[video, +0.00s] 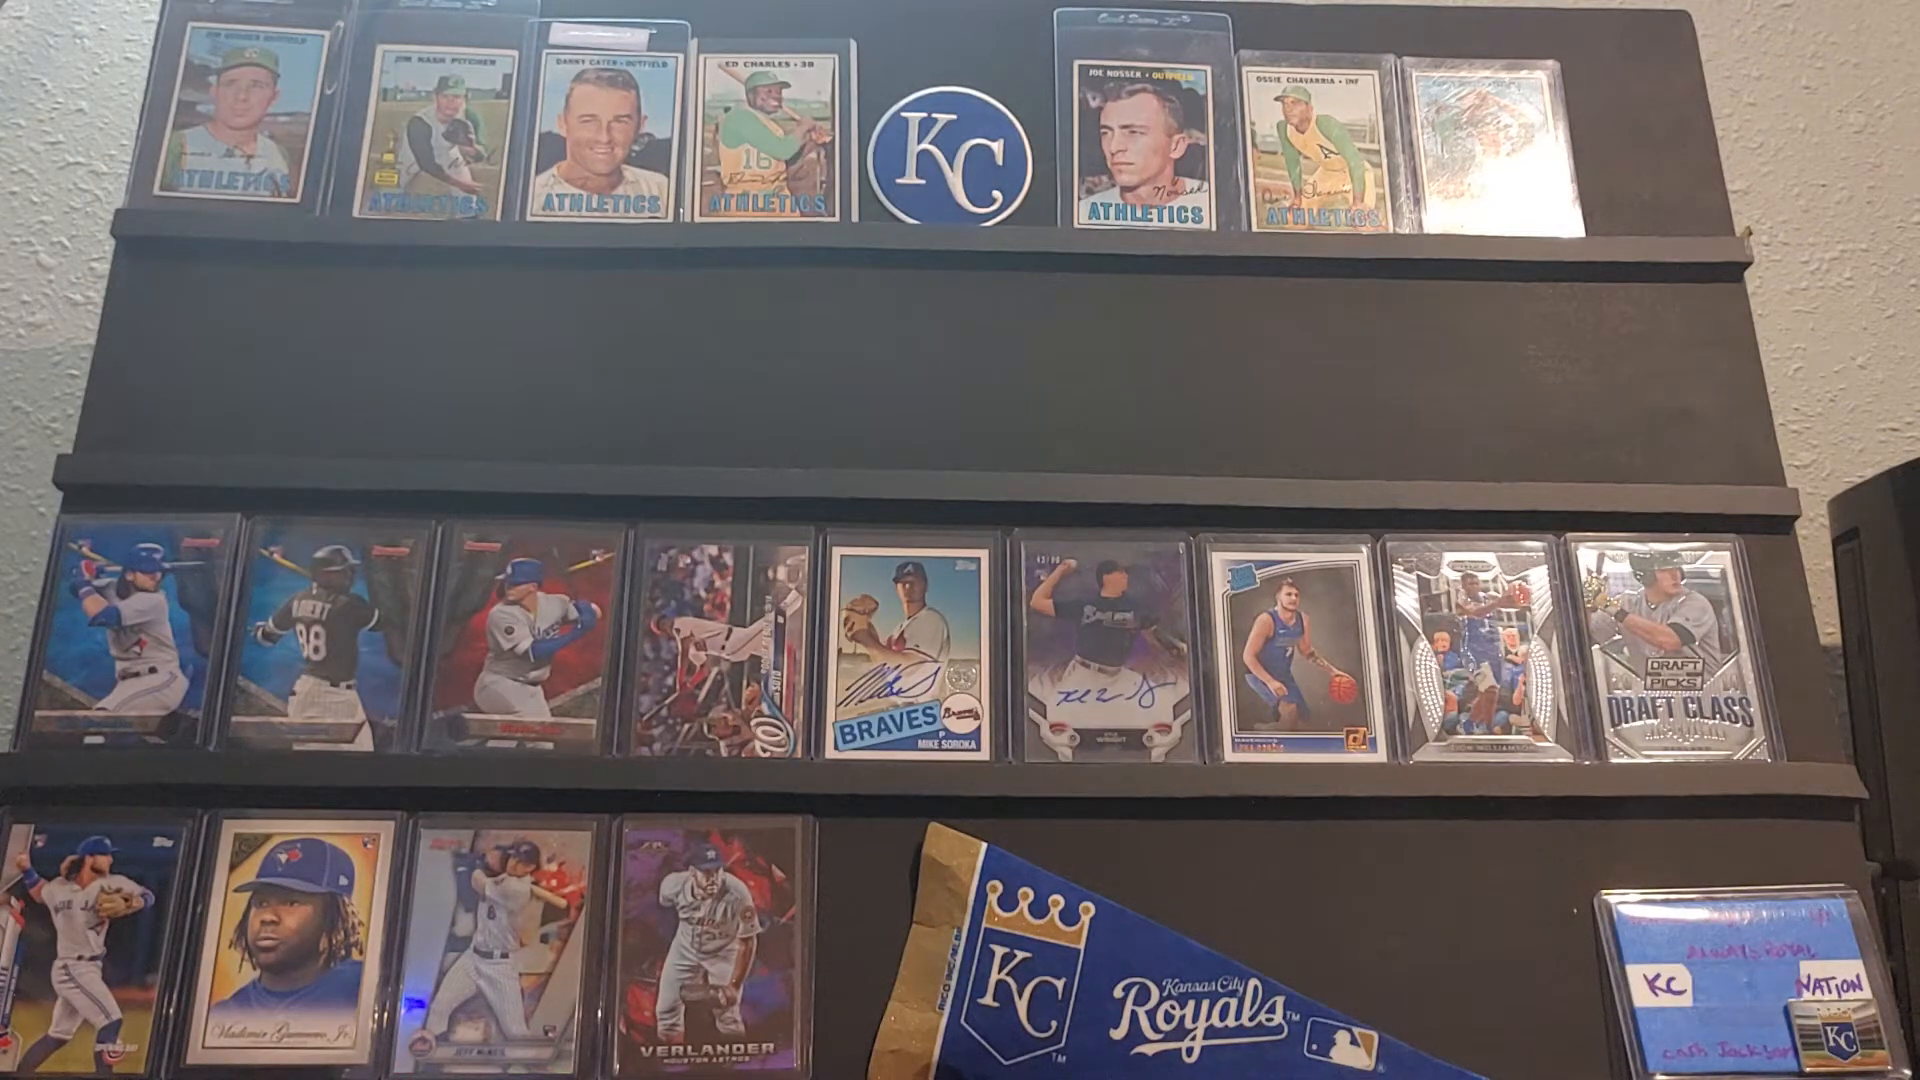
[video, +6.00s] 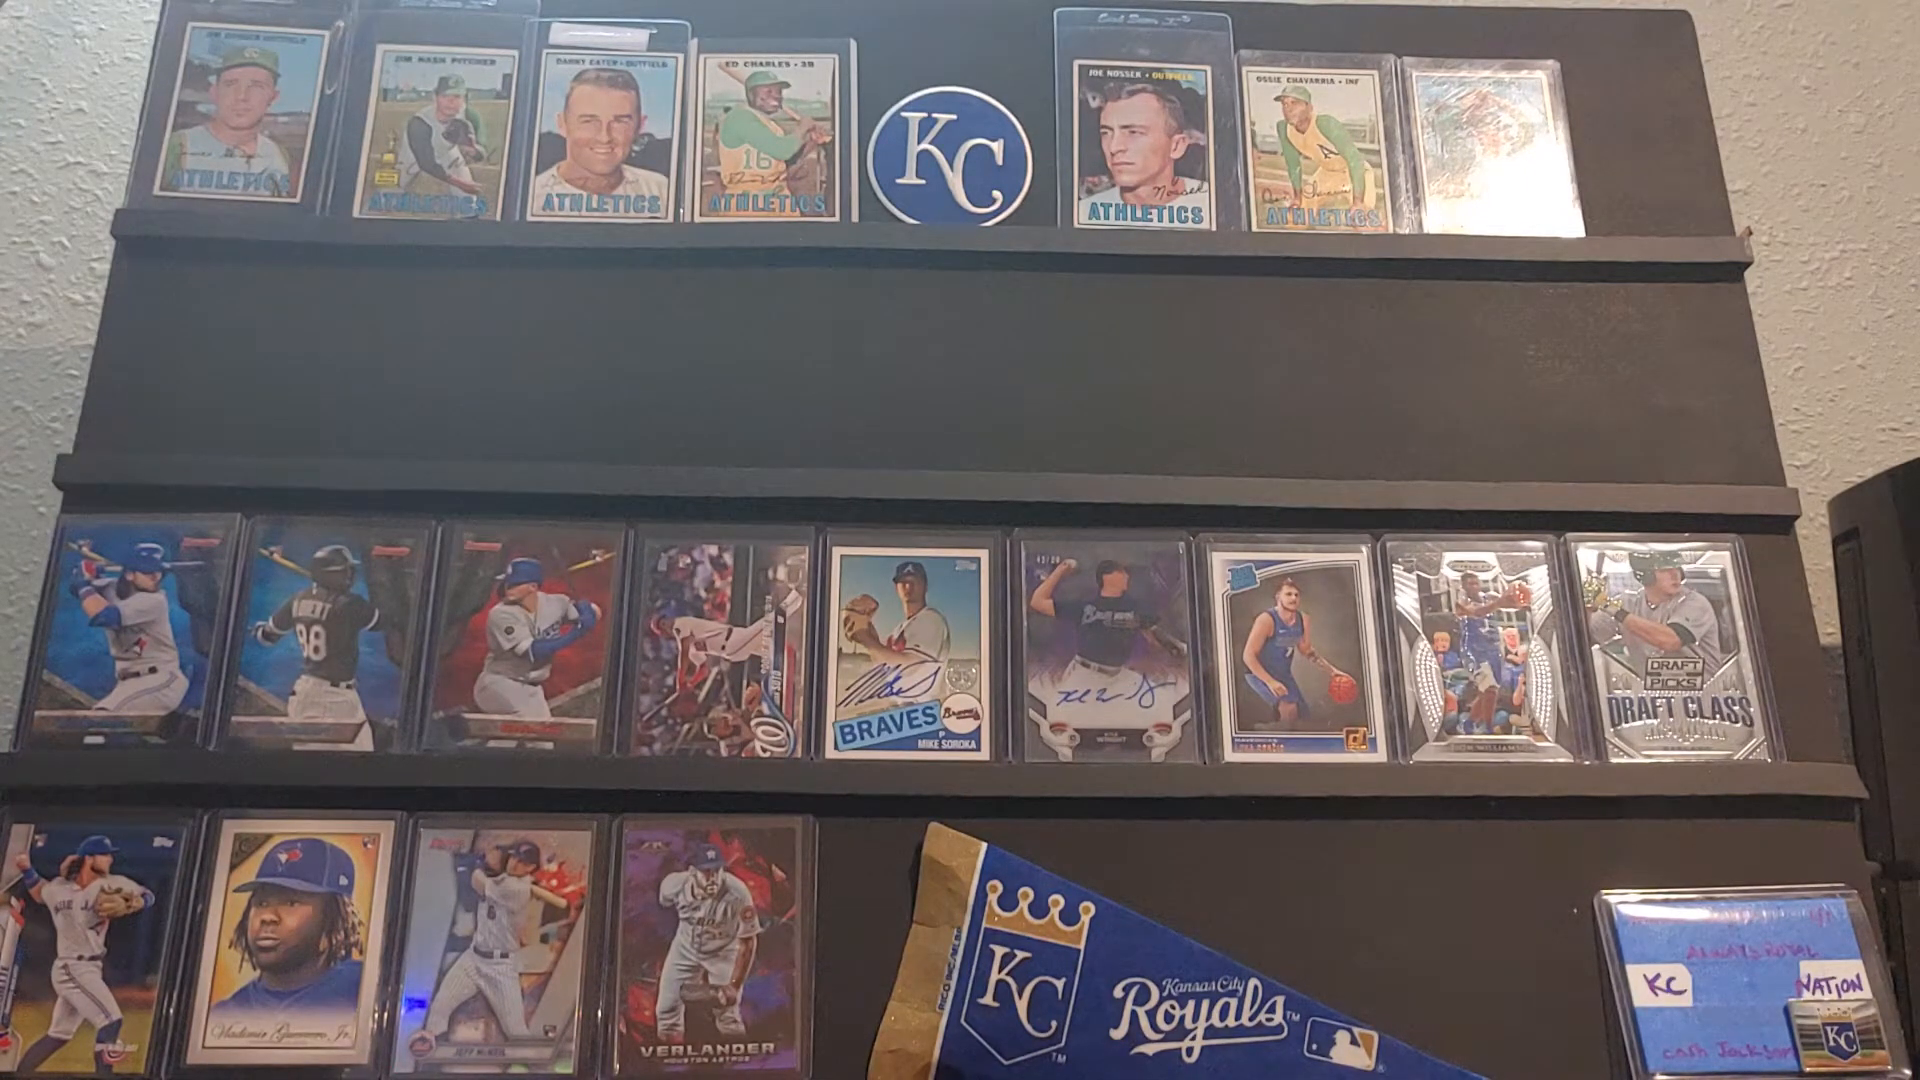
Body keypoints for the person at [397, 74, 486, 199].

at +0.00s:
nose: (451, 102)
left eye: (457, 97)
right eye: (445, 96)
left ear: (464, 100)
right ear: (436, 97)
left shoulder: (467, 117)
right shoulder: (419, 123)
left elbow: (481, 154)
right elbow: (428, 166)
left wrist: (469, 150)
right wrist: (462, 185)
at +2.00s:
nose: (450, 102)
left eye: (456, 97)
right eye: (444, 96)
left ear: (465, 101)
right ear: (436, 98)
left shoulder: (468, 117)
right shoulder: (419, 123)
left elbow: (481, 154)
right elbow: (427, 165)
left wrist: (470, 151)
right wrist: (462, 185)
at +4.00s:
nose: (450, 101)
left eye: (456, 97)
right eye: (445, 96)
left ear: (464, 100)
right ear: (436, 98)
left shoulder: (470, 117)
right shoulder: (419, 123)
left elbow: (481, 153)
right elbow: (427, 165)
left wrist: (469, 149)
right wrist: (461, 185)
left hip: (454, 164)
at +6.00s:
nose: (451, 102)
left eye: (457, 97)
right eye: (446, 96)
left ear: (464, 100)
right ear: (436, 97)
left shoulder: (468, 116)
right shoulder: (419, 123)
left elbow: (481, 153)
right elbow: (427, 165)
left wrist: (472, 152)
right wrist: (460, 184)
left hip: (453, 163)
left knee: (467, 197)